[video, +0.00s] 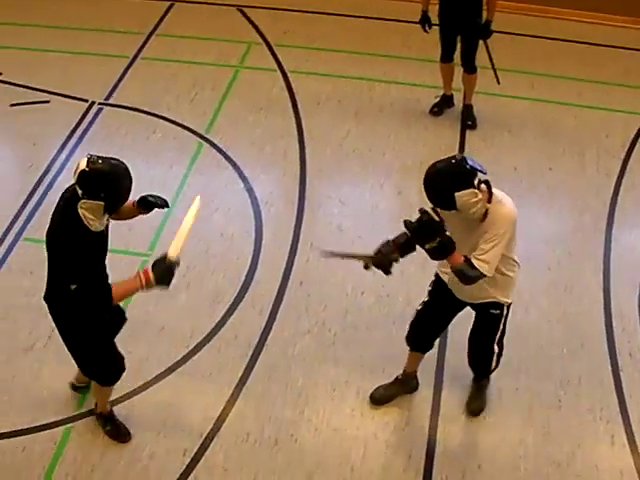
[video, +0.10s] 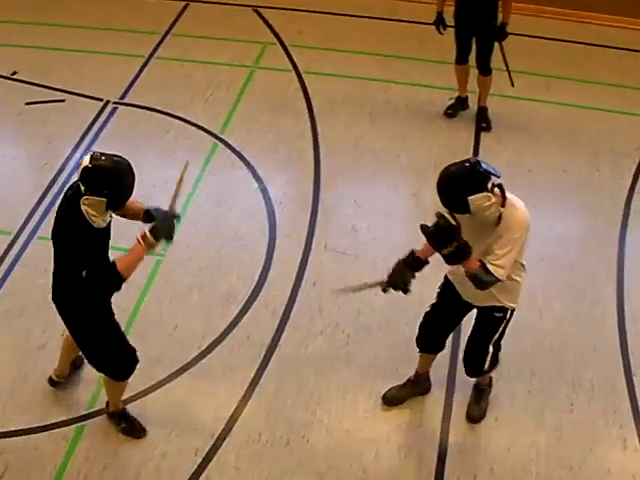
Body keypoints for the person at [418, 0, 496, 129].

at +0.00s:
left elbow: (491, 0)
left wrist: (488, 21)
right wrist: (424, 11)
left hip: (471, 17)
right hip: (447, 16)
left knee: (469, 64)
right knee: (446, 57)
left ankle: (467, 106)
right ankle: (447, 96)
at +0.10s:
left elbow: (506, 1)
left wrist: (504, 23)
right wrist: (439, 12)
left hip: (487, 20)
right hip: (463, 18)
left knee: (484, 66)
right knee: (461, 59)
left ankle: (482, 109)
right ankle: (462, 98)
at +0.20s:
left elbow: (525, 2)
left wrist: (522, 25)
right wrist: (457, 14)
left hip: (505, 22)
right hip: (480, 20)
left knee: (502, 69)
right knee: (478, 61)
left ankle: (500, 111)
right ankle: (479, 100)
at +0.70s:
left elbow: (543, 3)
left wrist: (540, 28)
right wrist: (476, 16)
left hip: (523, 24)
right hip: (499, 21)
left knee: (519, 70)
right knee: (496, 62)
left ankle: (517, 113)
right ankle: (496, 102)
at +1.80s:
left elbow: (560, 1)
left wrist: (556, 26)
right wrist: (493, 13)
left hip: (540, 22)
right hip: (515, 19)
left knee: (535, 68)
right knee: (512, 60)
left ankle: (532, 111)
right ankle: (512, 99)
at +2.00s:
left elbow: (576, 2)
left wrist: (572, 28)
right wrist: (509, 14)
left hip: (556, 23)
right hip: (531, 20)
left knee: (550, 69)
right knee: (527, 62)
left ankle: (547, 113)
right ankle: (526, 101)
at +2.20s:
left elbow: (592, 4)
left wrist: (588, 31)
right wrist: (523, 17)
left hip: (571, 26)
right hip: (546, 22)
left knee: (565, 73)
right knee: (542, 65)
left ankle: (561, 116)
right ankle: (541, 104)